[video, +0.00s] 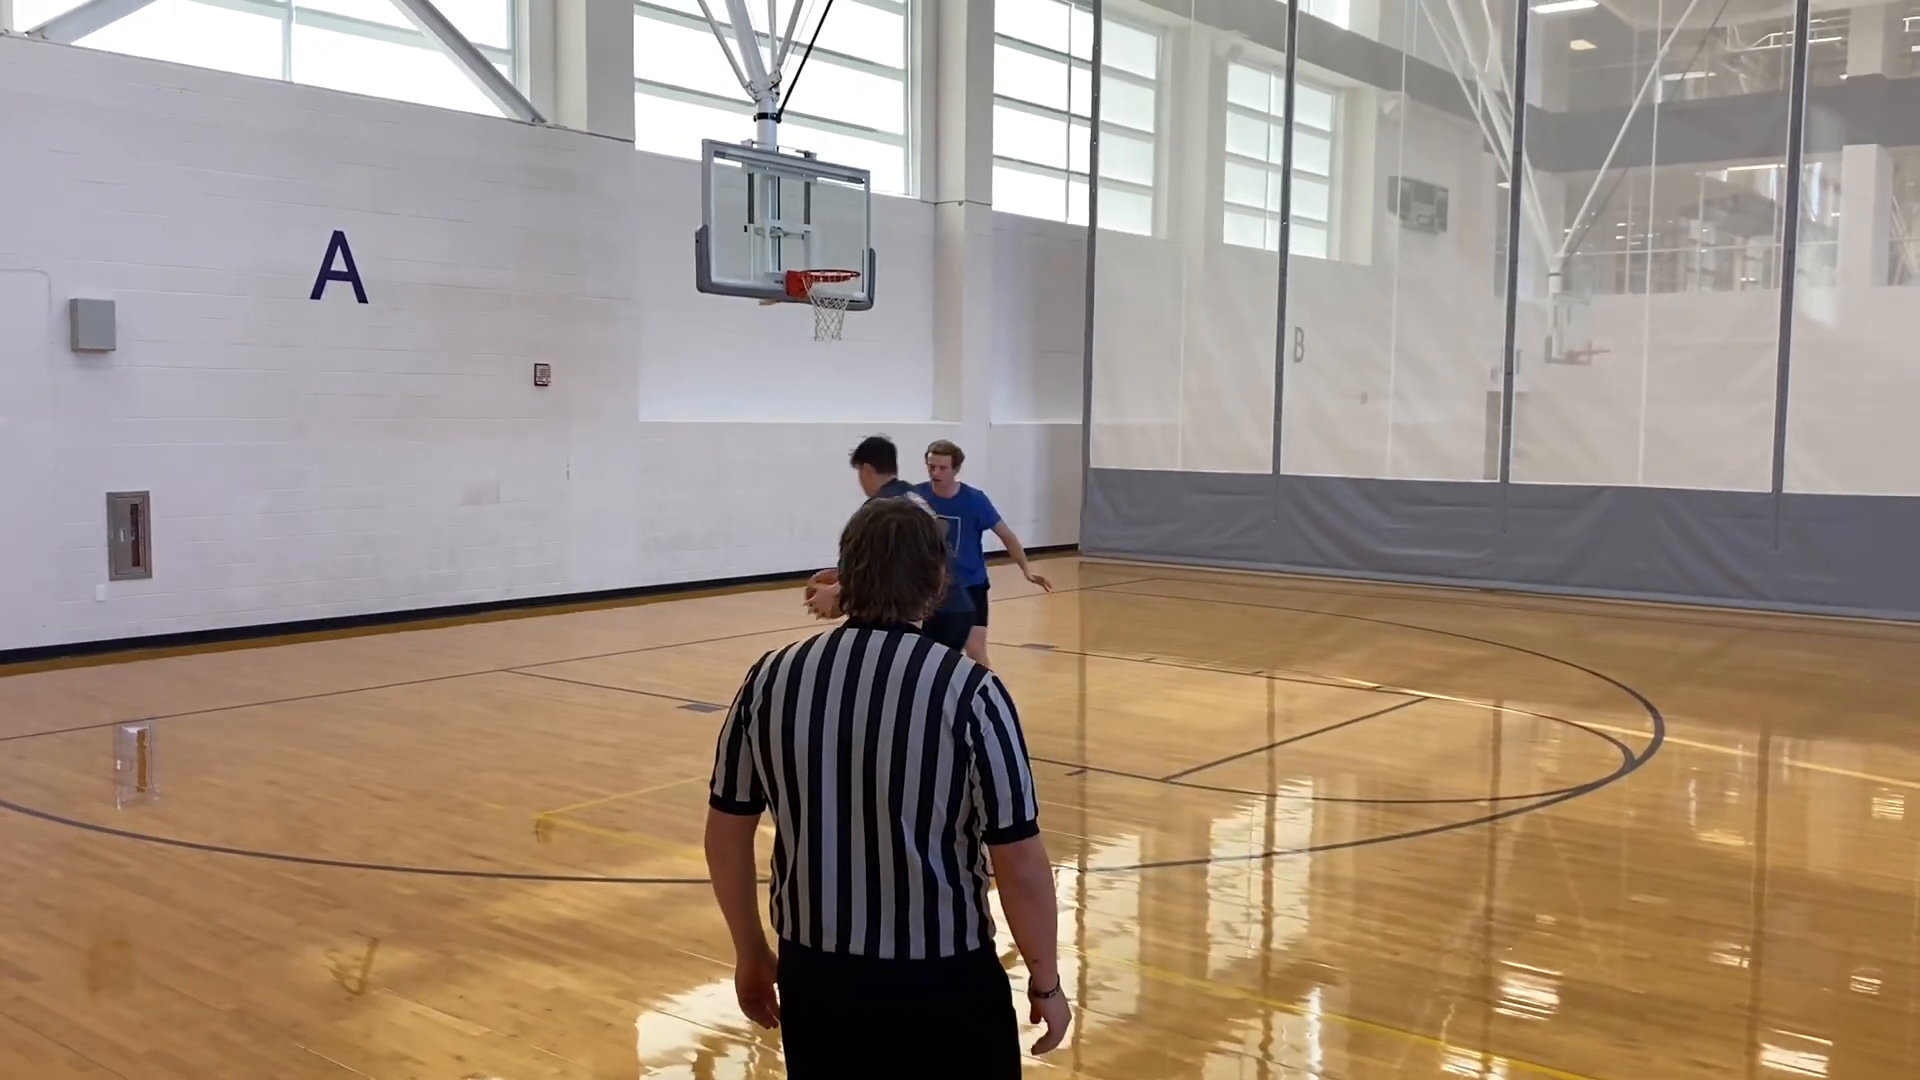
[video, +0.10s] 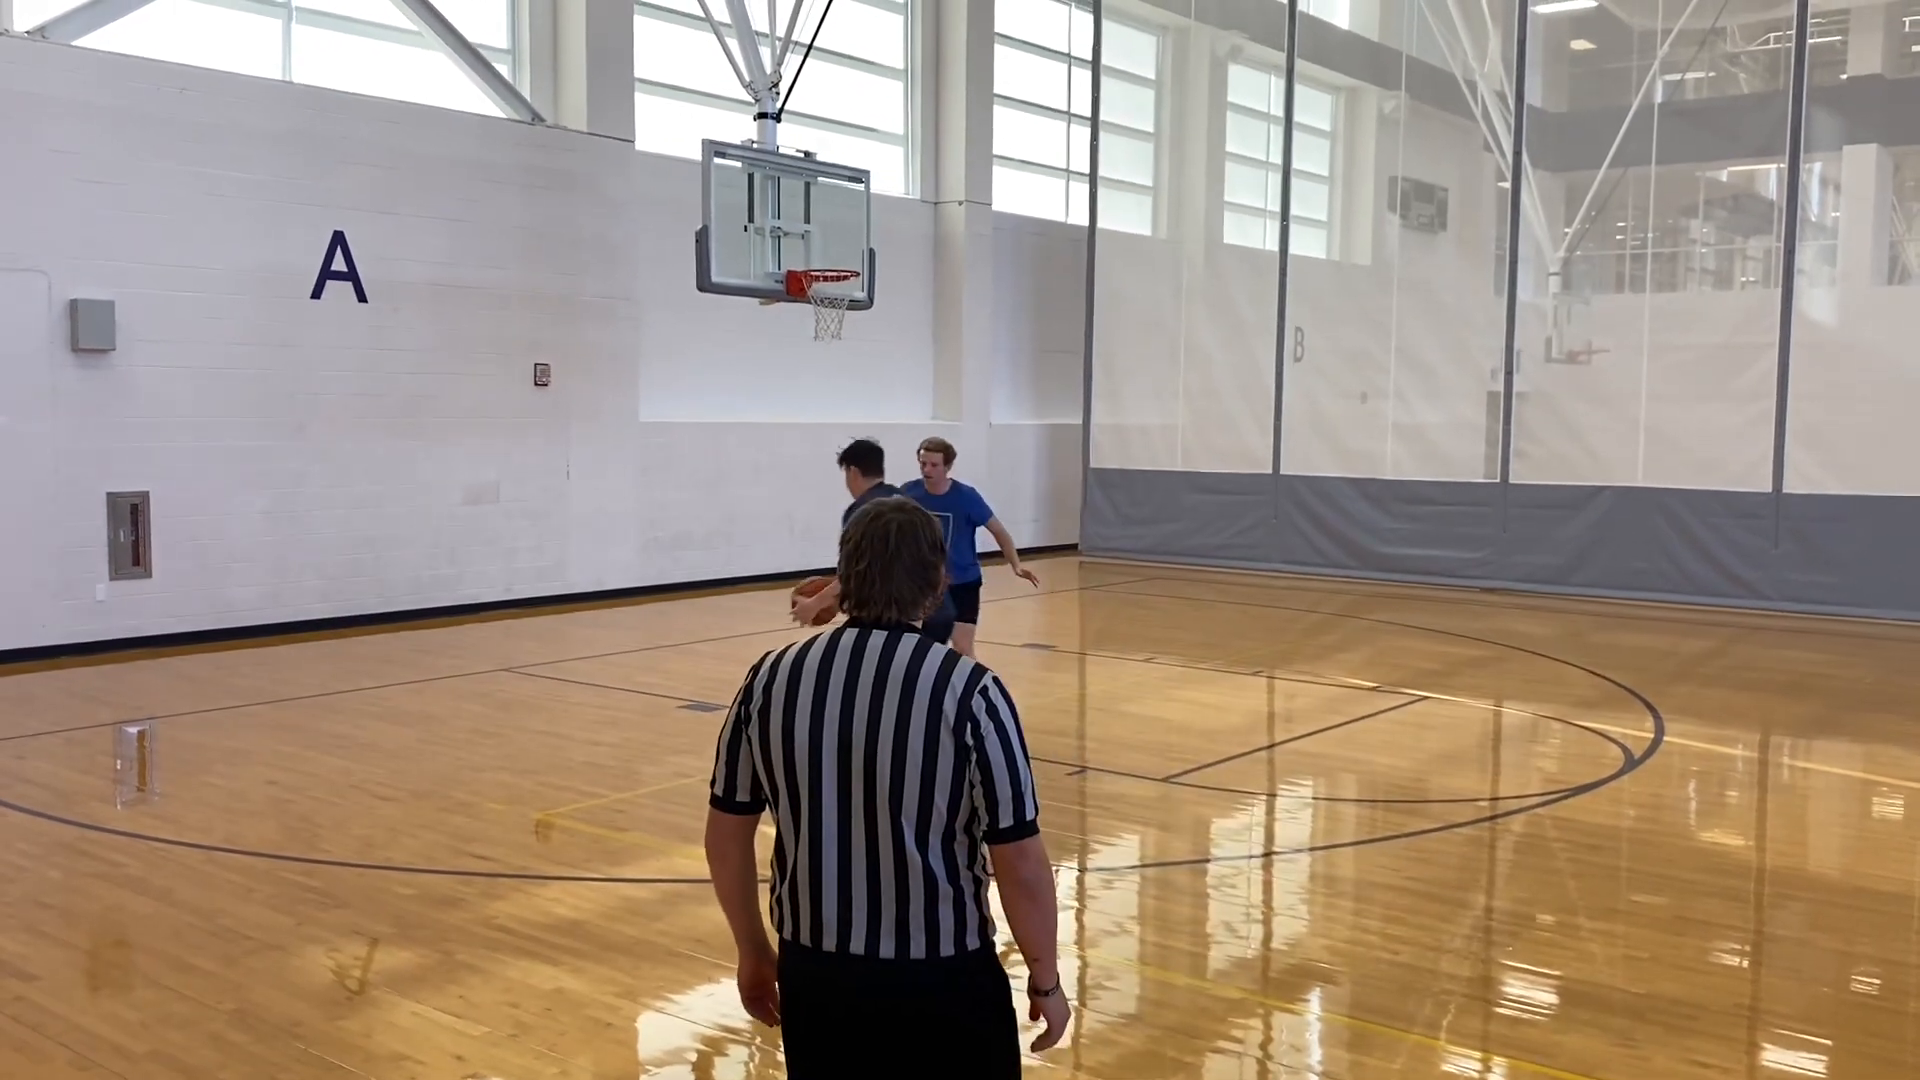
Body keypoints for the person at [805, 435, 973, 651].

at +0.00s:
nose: (859, 481)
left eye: (858, 473)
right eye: (857, 474)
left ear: (867, 470)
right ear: (893, 466)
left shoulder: (881, 509)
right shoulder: (913, 495)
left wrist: (841, 595)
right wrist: (846, 578)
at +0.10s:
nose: (846, 481)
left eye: (846, 472)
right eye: (845, 473)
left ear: (853, 472)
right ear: (880, 469)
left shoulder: (860, 512)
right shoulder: (903, 499)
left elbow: (853, 575)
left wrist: (815, 603)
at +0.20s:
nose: (834, 482)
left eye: (834, 475)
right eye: (834, 475)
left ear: (841, 473)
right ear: (869, 472)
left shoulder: (840, 516)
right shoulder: (891, 504)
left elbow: (836, 582)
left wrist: (796, 614)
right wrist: (820, 596)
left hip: (858, 616)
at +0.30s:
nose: (823, 481)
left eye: (823, 473)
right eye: (823, 474)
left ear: (829, 471)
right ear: (856, 470)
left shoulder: (825, 516)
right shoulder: (880, 505)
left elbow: (821, 580)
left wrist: (786, 616)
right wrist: (802, 592)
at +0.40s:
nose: (811, 478)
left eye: (811, 472)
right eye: (811, 472)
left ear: (817, 471)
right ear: (845, 471)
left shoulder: (806, 513)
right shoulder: (871, 504)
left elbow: (802, 581)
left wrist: (782, 608)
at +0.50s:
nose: (800, 471)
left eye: (800, 466)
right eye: (799, 466)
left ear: (805, 466)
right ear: (833, 466)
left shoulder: (790, 507)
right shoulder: (857, 498)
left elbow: (787, 574)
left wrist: (781, 600)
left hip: (826, 615)